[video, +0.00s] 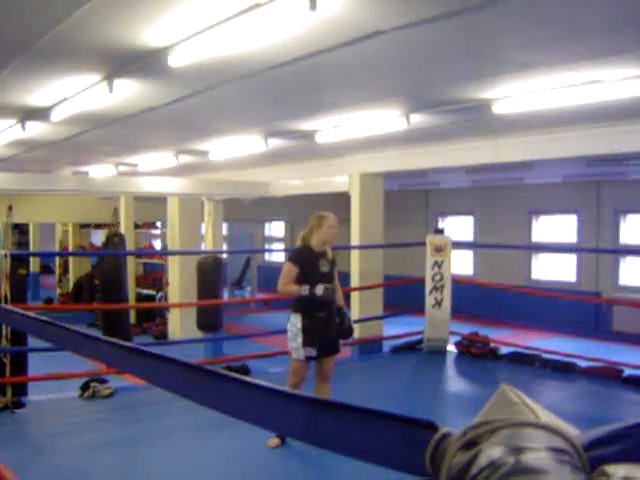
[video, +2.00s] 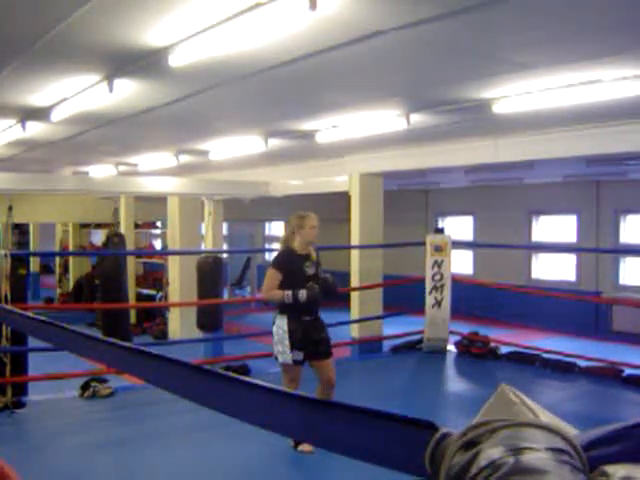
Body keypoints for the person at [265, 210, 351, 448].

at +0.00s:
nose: (334, 232)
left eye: (335, 228)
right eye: (330, 227)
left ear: (332, 232)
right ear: (316, 228)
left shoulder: (330, 257)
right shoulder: (298, 255)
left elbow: (335, 286)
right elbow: (283, 286)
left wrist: (342, 309)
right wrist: (310, 289)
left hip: (327, 316)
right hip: (303, 316)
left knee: (324, 375)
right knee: (296, 377)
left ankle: (321, 426)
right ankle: (281, 428)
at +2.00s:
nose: (316, 232)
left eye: (316, 228)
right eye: (312, 228)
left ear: (312, 231)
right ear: (298, 231)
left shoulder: (313, 256)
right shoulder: (284, 258)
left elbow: (312, 285)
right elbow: (267, 292)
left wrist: (325, 285)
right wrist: (296, 294)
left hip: (312, 318)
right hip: (289, 320)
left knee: (328, 379)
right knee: (291, 381)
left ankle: (316, 429)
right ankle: (297, 434)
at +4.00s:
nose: (346, 233)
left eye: (346, 229)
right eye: (343, 228)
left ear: (337, 230)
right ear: (329, 229)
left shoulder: (336, 258)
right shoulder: (313, 255)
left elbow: (332, 290)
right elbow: (297, 289)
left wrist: (350, 291)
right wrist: (328, 288)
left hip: (335, 317)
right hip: (315, 317)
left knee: (333, 378)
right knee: (308, 379)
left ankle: (329, 428)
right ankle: (300, 431)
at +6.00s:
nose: (347, 233)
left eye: (347, 229)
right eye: (343, 229)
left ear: (338, 230)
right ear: (328, 229)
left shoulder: (335, 258)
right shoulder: (313, 255)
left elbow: (332, 289)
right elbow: (298, 290)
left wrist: (350, 291)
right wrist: (328, 289)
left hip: (335, 317)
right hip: (316, 318)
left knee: (334, 377)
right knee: (309, 379)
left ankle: (330, 428)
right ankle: (299, 431)